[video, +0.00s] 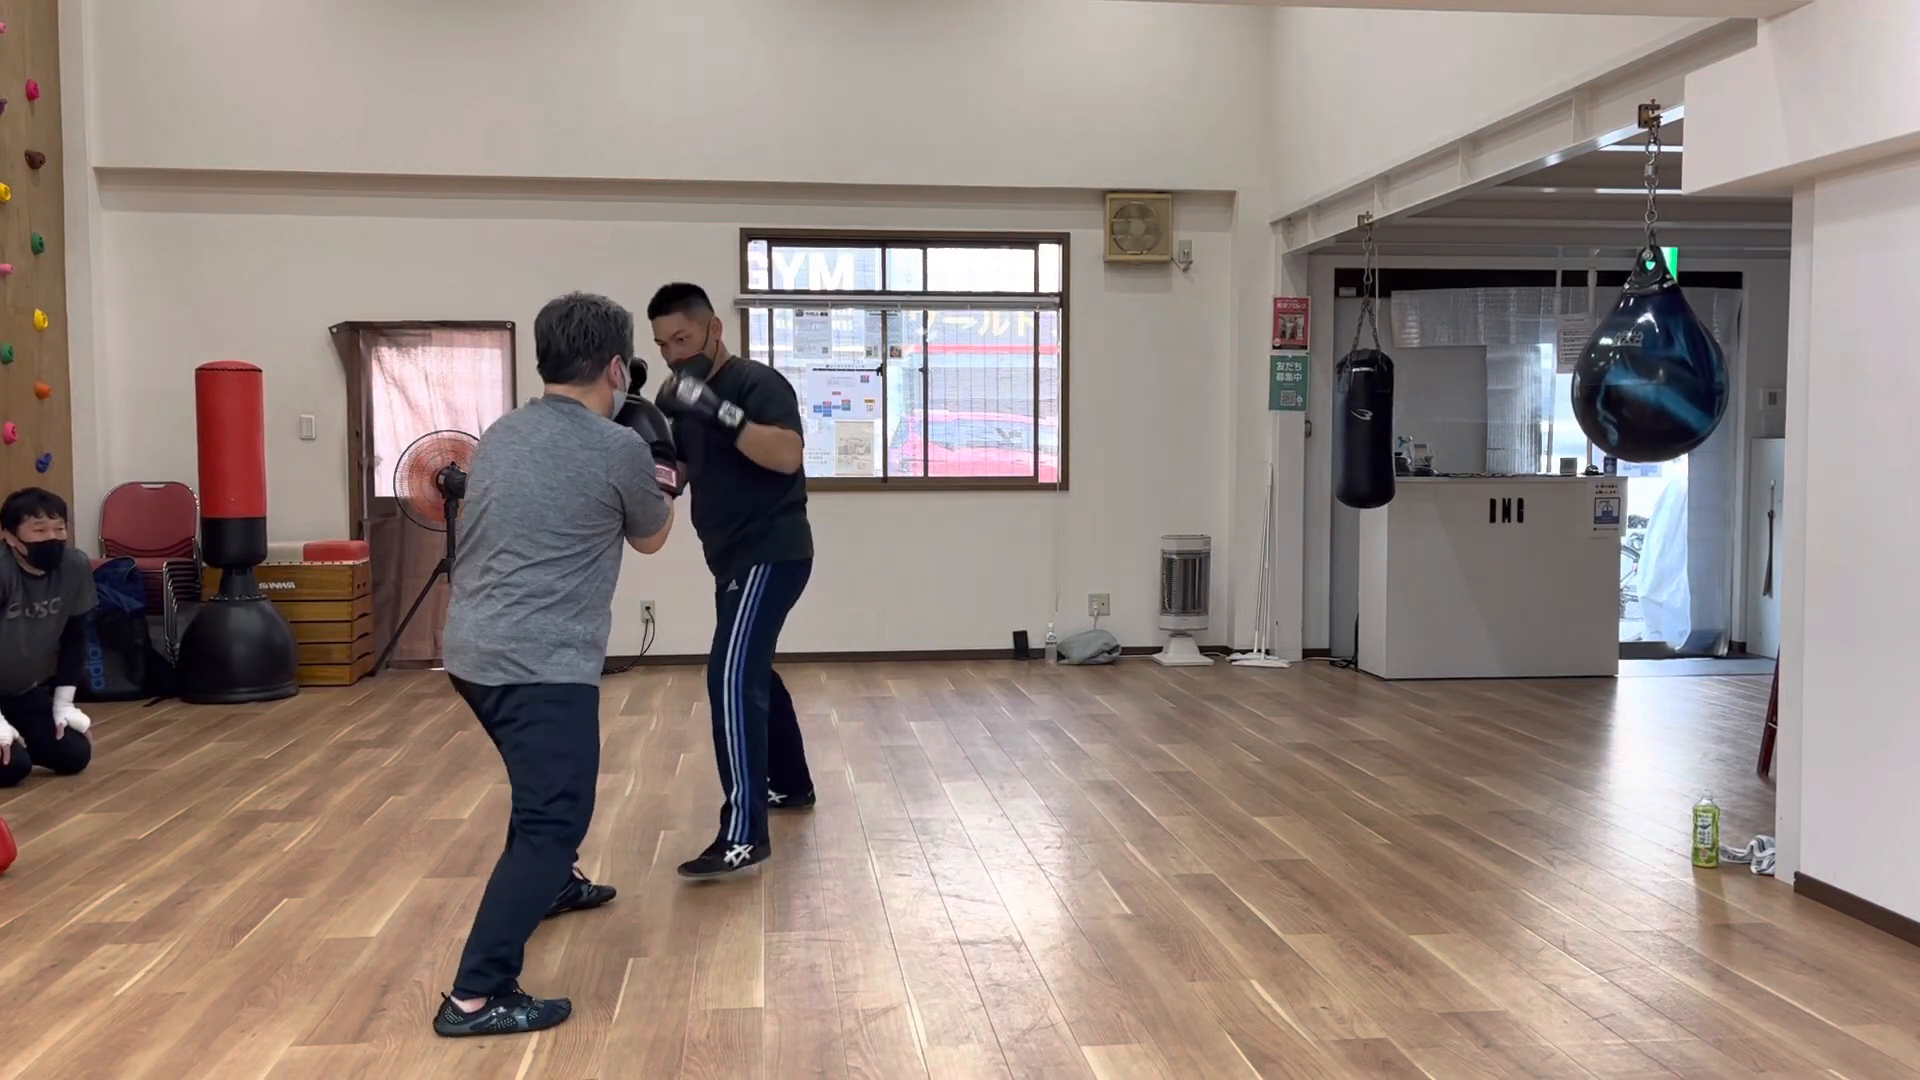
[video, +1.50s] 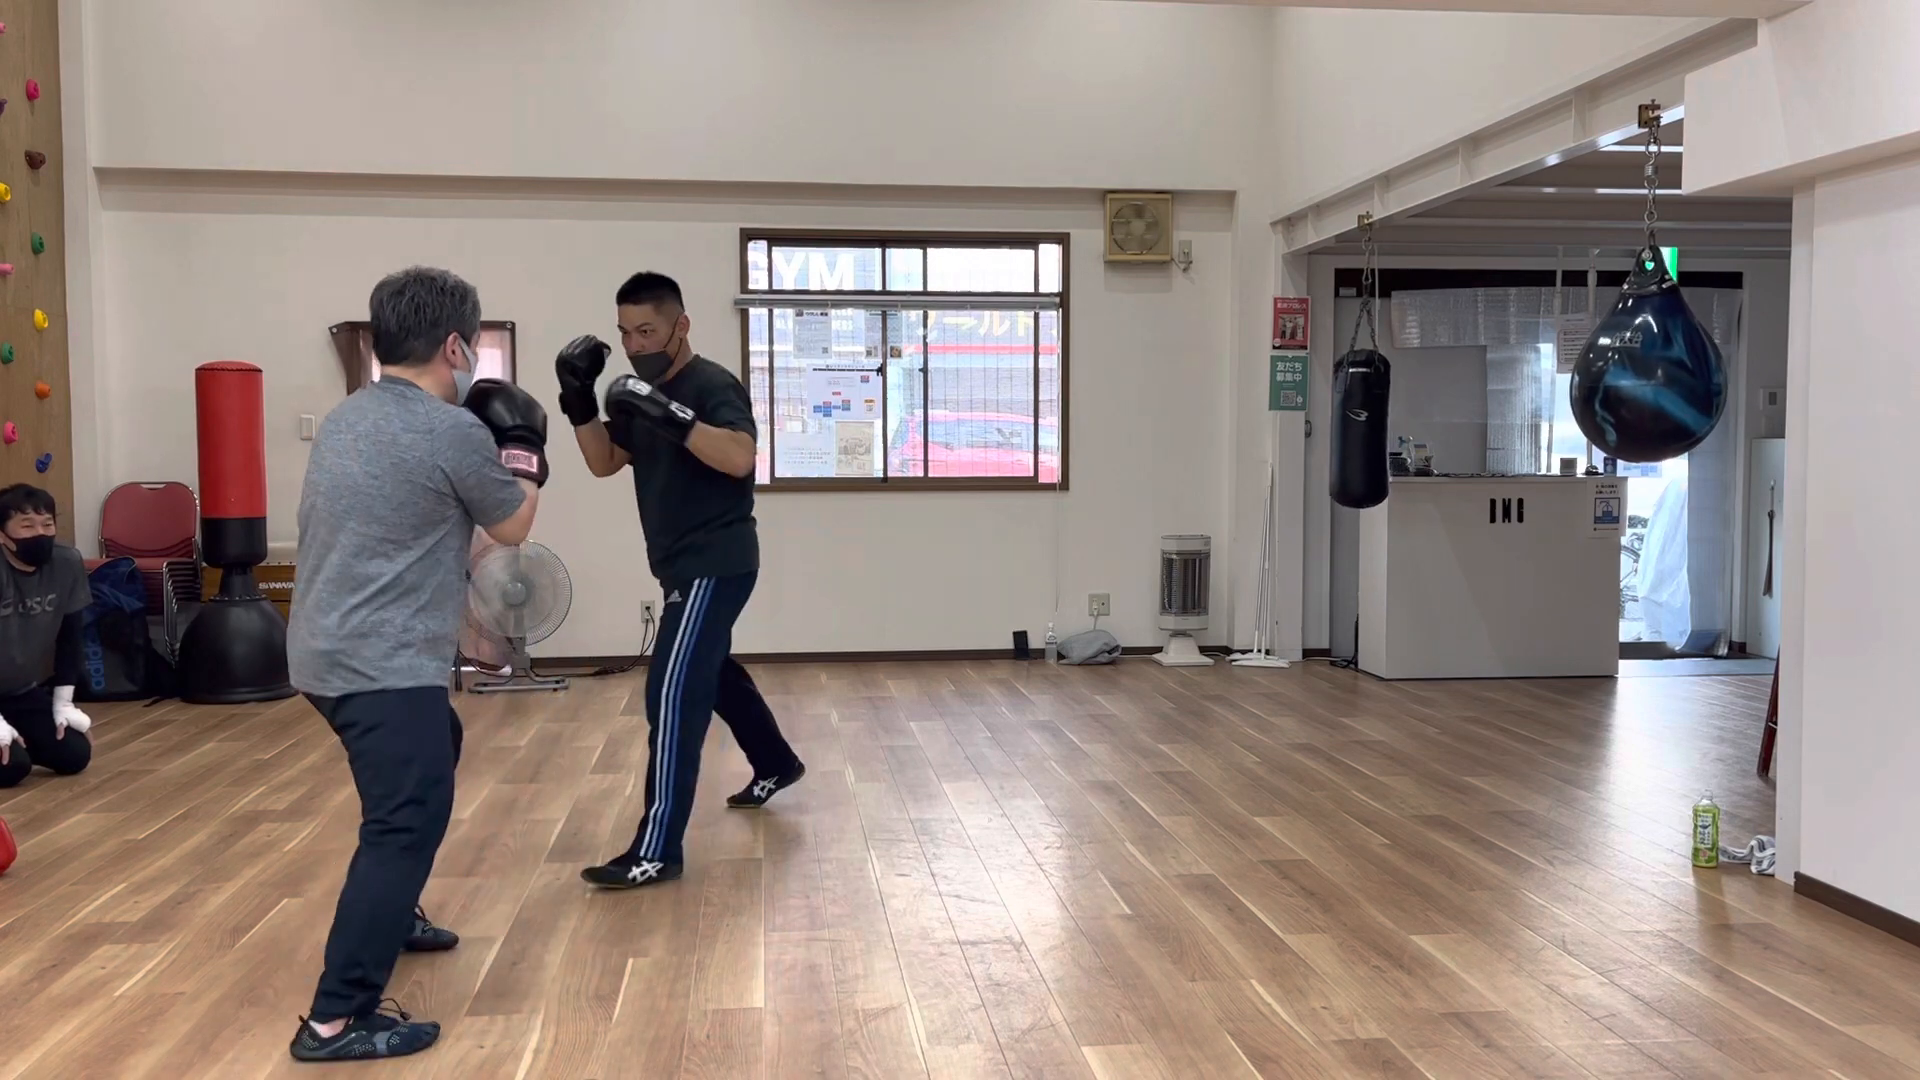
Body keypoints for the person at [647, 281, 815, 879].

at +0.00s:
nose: (675, 353)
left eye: (683, 339)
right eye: (665, 344)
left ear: (716, 328)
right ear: (659, 345)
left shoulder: (759, 383)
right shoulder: (683, 397)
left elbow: (787, 455)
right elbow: (677, 466)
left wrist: (718, 413)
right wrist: (653, 434)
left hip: (771, 552)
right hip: (732, 556)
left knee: (730, 678)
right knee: (751, 672)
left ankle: (742, 838)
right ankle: (792, 784)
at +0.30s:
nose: (624, 466)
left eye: (620, 454)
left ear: (633, 435)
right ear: (647, 428)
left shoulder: (683, 440)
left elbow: (676, 477)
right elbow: (693, 566)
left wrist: (648, 481)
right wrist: (630, 532)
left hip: (777, 591)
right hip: (809, 587)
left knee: (697, 705)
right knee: (787, 690)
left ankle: (735, 863)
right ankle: (792, 783)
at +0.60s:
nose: (629, 403)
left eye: (635, 387)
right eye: (619, 395)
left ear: (669, 374)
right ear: (619, 398)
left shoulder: (698, 407)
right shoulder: (672, 452)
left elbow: (744, 431)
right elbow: (692, 537)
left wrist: (670, 468)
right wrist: (646, 504)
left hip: (774, 574)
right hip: (760, 577)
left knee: (715, 702)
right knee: (764, 681)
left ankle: (732, 860)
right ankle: (794, 783)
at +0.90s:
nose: (662, 334)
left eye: (672, 321)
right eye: (655, 324)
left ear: (703, 319)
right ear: (652, 330)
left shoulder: (743, 371)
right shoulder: (670, 398)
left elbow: (741, 431)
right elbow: (642, 467)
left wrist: (705, 355)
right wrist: (615, 398)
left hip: (770, 549)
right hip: (723, 558)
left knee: (740, 676)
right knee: (749, 672)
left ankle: (728, 830)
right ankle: (792, 782)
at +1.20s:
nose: (661, 334)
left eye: (672, 322)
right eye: (653, 325)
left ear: (705, 316)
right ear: (648, 326)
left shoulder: (745, 374)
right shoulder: (661, 382)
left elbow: (758, 453)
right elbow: (638, 460)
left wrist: (706, 388)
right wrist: (621, 392)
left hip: (755, 551)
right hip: (700, 554)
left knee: (735, 683)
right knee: (711, 672)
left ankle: (725, 829)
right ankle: (781, 765)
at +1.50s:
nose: (635, 343)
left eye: (647, 331)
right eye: (627, 333)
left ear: (681, 326)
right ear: (622, 332)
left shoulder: (714, 385)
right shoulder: (638, 394)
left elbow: (740, 458)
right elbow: (603, 461)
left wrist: (667, 414)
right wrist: (578, 397)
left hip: (715, 560)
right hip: (678, 562)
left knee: (672, 689)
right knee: (712, 672)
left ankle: (657, 850)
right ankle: (777, 762)